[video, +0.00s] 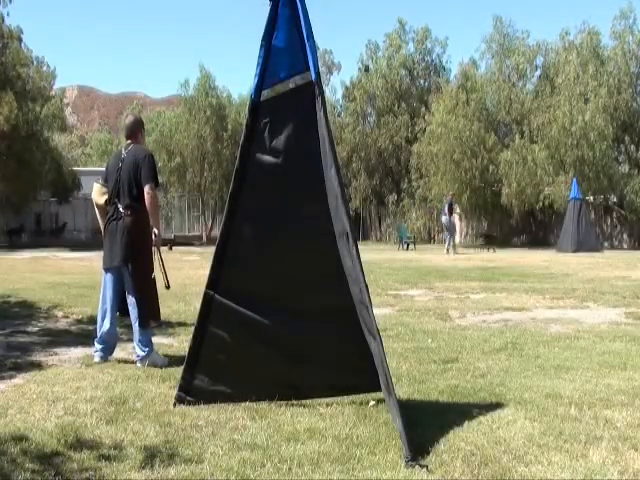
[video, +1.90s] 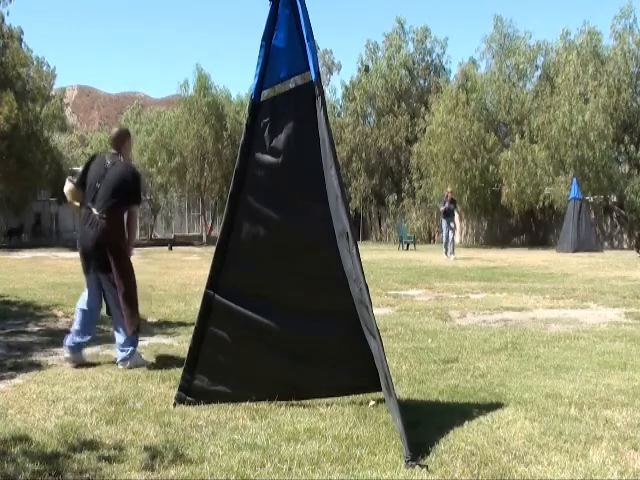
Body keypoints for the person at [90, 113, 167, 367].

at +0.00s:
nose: (145, 135)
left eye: (143, 132)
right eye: (144, 132)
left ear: (125, 135)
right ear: (140, 133)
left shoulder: (113, 160)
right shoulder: (144, 155)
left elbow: (99, 197)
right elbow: (149, 193)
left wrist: (105, 228)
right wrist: (156, 227)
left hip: (112, 230)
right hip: (134, 230)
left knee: (109, 294)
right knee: (138, 293)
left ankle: (102, 349)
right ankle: (144, 351)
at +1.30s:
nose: (140, 140)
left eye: (138, 136)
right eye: (139, 136)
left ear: (120, 138)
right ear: (135, 137)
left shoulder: (110, 160)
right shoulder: (134, 156)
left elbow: (101, 194)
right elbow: (148, 181)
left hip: (106, 223)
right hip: (124, 225)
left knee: (107, 288)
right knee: (132, 288)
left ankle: (96, 346)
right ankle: (144, 351)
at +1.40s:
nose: (140, 138)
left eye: (138, 135)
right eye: (139, 134)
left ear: (119, 138)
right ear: (134, 136)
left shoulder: (112, 160)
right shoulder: (128, 152)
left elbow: (110, 200)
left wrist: (140, 214)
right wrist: (167, 149)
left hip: (100, 236)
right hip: (119, 237)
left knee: (104, 292)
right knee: (138, 289)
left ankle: (95, 347)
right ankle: (143, 350)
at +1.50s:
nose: (144, 140)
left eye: (143, 137)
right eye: (142, 136)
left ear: (123, 138)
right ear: (135, 138)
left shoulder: (110, 163)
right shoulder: (129, 156)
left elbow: (94, 186)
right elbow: (143, 136)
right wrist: (163, 119)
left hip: (98, 238)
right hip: (118, 238)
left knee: (100, 296)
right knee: (133, 292)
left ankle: (95, 347)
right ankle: (130, 349)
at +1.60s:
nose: (144, 151)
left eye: (141, 148)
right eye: (143, 148)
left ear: (123, 148)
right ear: (139, 149)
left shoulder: (112, 164)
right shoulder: (141, 168)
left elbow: (90, 184)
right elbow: (167, 181)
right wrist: (177, 156)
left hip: (92, 224)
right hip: (111, 229)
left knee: (94, 285)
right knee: (122, 284)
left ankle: (94, 346)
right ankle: (126, 350)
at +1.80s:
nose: (140, 158)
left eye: (138, 154)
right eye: (139, 154)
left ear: (119, 154)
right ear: (133, 155)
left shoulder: (102, 168)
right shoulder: (135, 182)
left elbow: (75, 193)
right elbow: (137, 224)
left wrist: (88, 219)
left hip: (90, 230)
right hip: (112, 236)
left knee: (95, 289)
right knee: (127, 290)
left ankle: (89, 346)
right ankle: (127, 351)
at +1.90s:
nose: (131, 149)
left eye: (128, 144)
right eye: (131, 145)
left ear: (111, 144)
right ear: (127, 146)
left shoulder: (95, 161)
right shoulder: (131, 172)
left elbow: (76, 192)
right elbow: (132, 213)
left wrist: (92, 206)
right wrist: (131, 242)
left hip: (85, 230)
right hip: (108, 235)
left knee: (92, 290)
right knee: (117, 291)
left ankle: (74, 346)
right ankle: (127, 352)